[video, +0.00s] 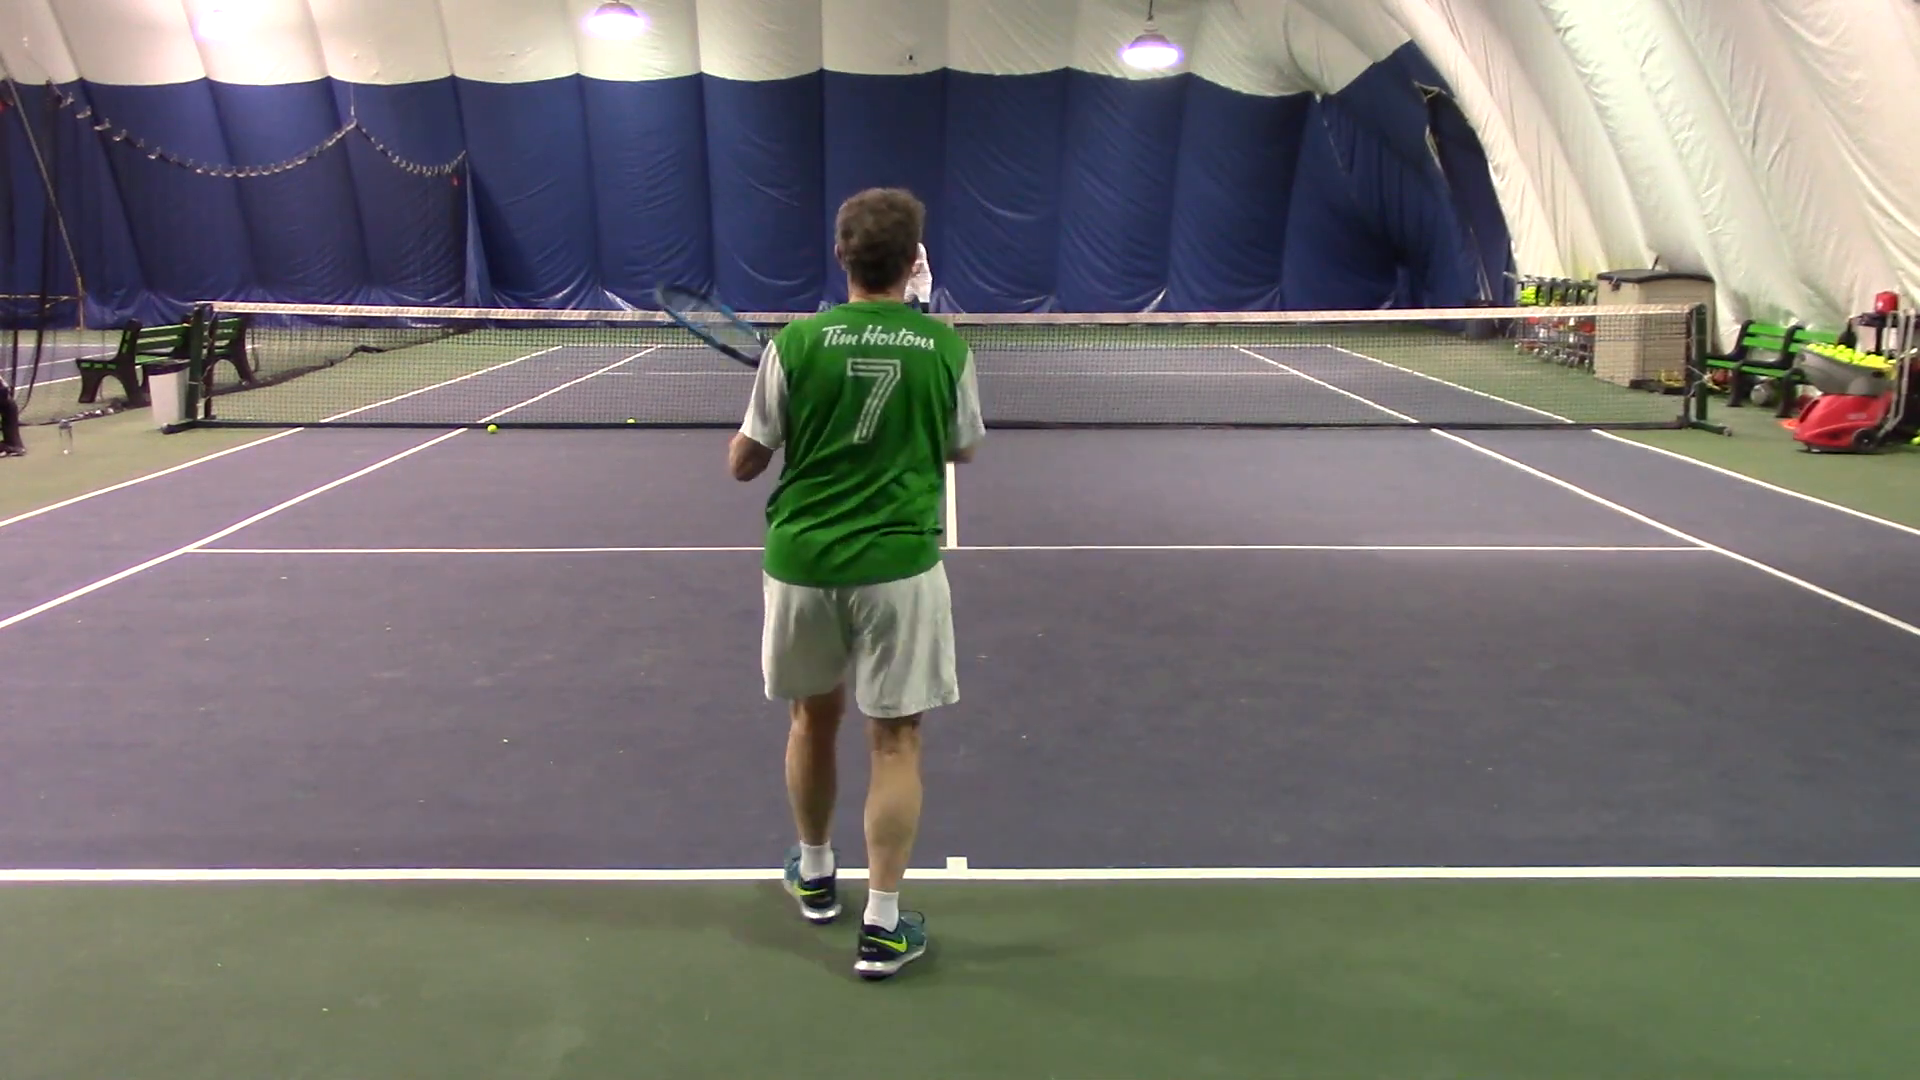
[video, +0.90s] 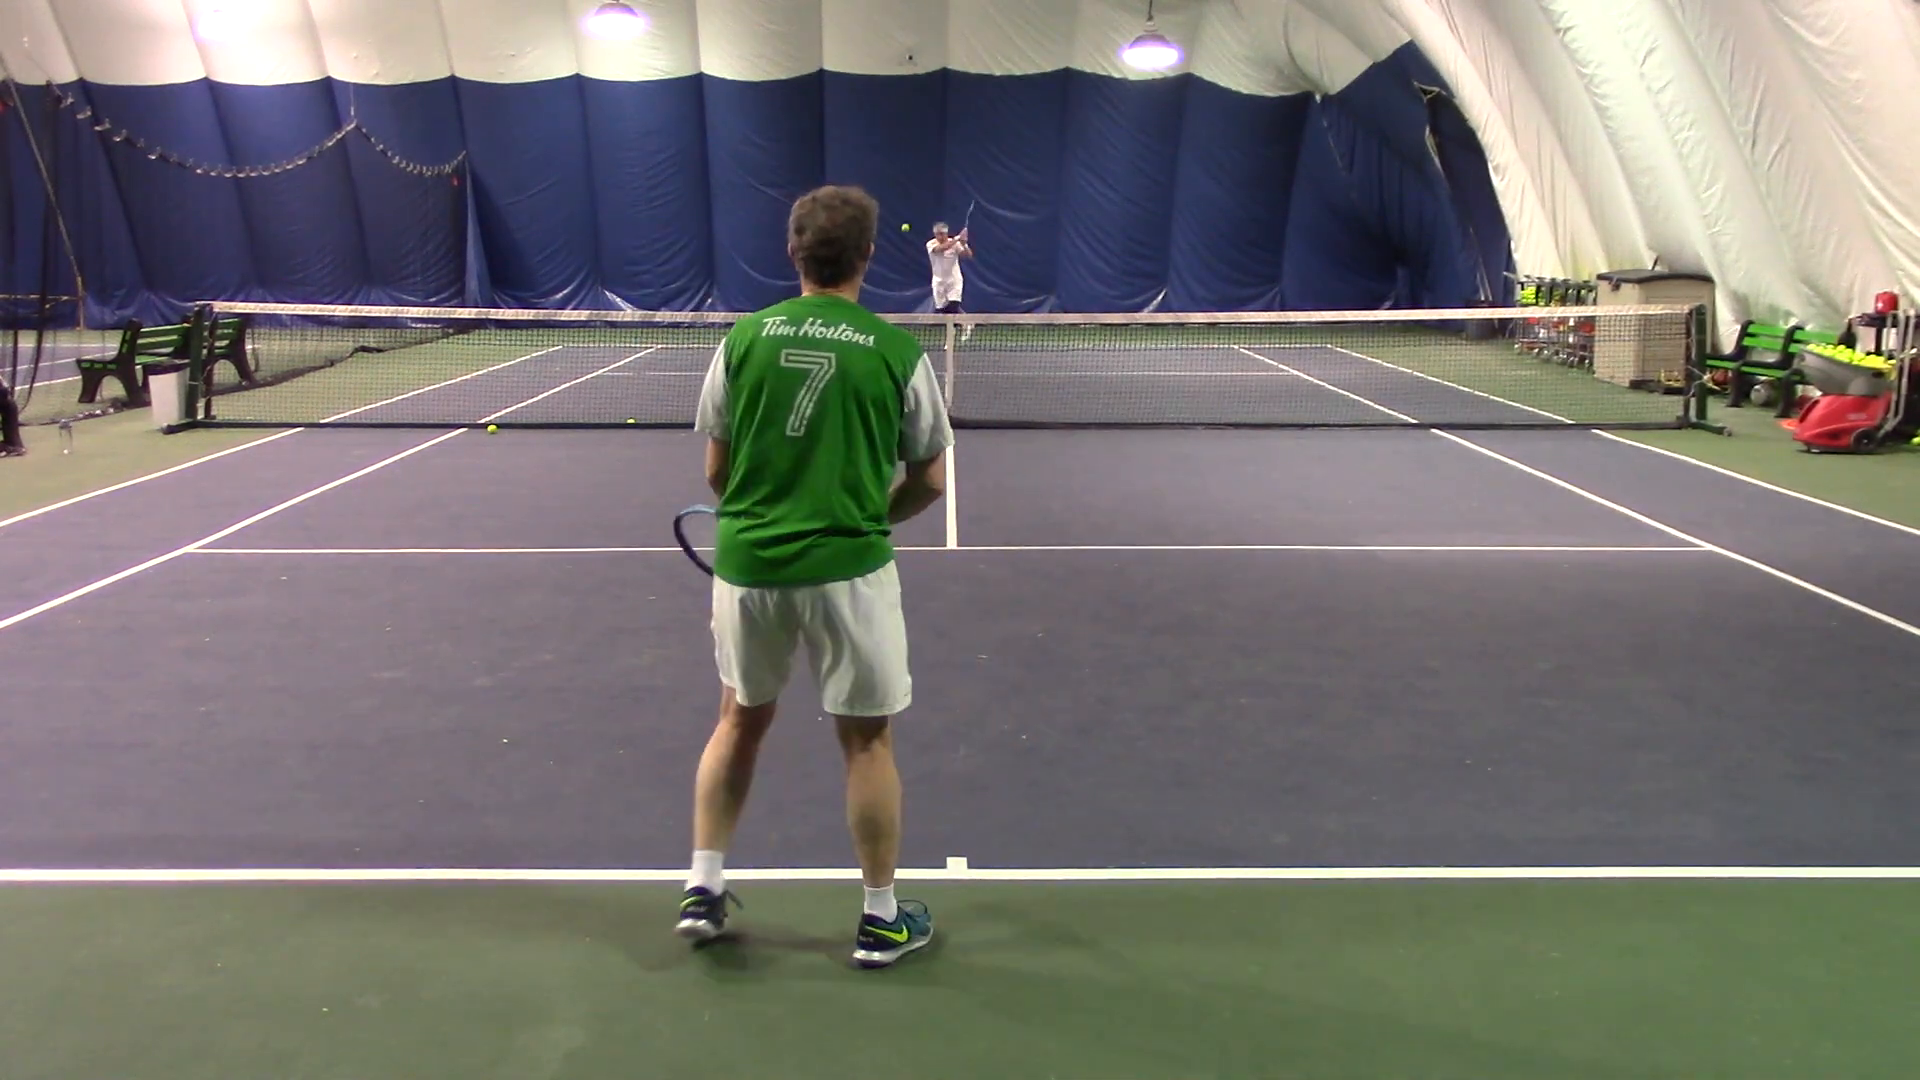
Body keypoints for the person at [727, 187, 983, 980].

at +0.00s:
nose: (919, 259)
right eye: (920, 249)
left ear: (840, 259)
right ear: (914, 262)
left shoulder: (794, 344)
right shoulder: (945, 347)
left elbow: (743, 464)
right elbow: (961, 449)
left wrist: (779, 409)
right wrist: (898, 402)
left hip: (802, 567)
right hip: (900, 570)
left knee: (813, 718)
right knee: (895, 740)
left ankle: (815, 875)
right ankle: (882, 924)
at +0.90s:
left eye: (798, 242)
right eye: (861, 247)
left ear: (792, 253)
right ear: (867, 258)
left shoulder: (744, 340)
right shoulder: (898, 351)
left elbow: (718, 471)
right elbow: (928, 480)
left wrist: (771, 509)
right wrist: (863, 517)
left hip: (748, 567)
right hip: (851, 569)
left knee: (740, 716)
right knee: (867, 738)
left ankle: (702, 890)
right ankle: (880, 915)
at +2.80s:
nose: (849, 285)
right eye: (851, 276)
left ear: (778, 267)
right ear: (841, 284)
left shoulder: (698, 322)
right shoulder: (841, 349)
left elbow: (606, 381)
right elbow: (795, 302)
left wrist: (668, 347)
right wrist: (739, 254)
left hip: (686, 556)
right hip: (780, 563)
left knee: (705, 723)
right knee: (806, 738)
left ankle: (699, 883)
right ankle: (818, 919)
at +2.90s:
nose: (859, 278)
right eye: (861, 268)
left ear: (786, 265)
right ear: (856, 279)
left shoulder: (716, 324)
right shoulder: (861, 352)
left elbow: (631, 404)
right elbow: (812, 333)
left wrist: (710, 393)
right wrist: (772, 299)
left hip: (708, 558)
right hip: (803, 564)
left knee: (714, 722)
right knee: (836, 737)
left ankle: (698, 883)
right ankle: (858, 917)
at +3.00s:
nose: (874, 270)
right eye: (874, 262)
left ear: (797, 261)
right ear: (867, 272)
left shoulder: (734, 331)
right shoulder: (885, 351)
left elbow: (666, 432)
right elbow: (884, 423)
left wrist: (739, 417)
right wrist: (809, 394)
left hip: (732, 565)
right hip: (829, 571)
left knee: (721, 726)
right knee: (845, 743)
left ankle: (701, 883)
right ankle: (856, 926)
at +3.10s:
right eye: (885, 257)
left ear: (808, 260)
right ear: (879, 268)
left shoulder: (749, 333)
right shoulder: (897, 349)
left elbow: (696, 445)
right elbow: (911, 453)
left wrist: (768, 436)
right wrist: (837, 443)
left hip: (747, 558)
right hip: (846, 567)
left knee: (740, 717)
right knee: (857, 738)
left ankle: (718, 888)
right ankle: (857, 926)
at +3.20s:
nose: (887, 261)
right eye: (891, 250)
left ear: (812, 253)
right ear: (885, 260)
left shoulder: (757, 329)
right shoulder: (907, 347)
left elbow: (716, 450)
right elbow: (917, 473)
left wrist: (789, 446)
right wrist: (846, 455)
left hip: (756, 557)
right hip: (857, 567)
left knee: (758, 716)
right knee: (859, 737)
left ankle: (755, 887)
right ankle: (858, 924)